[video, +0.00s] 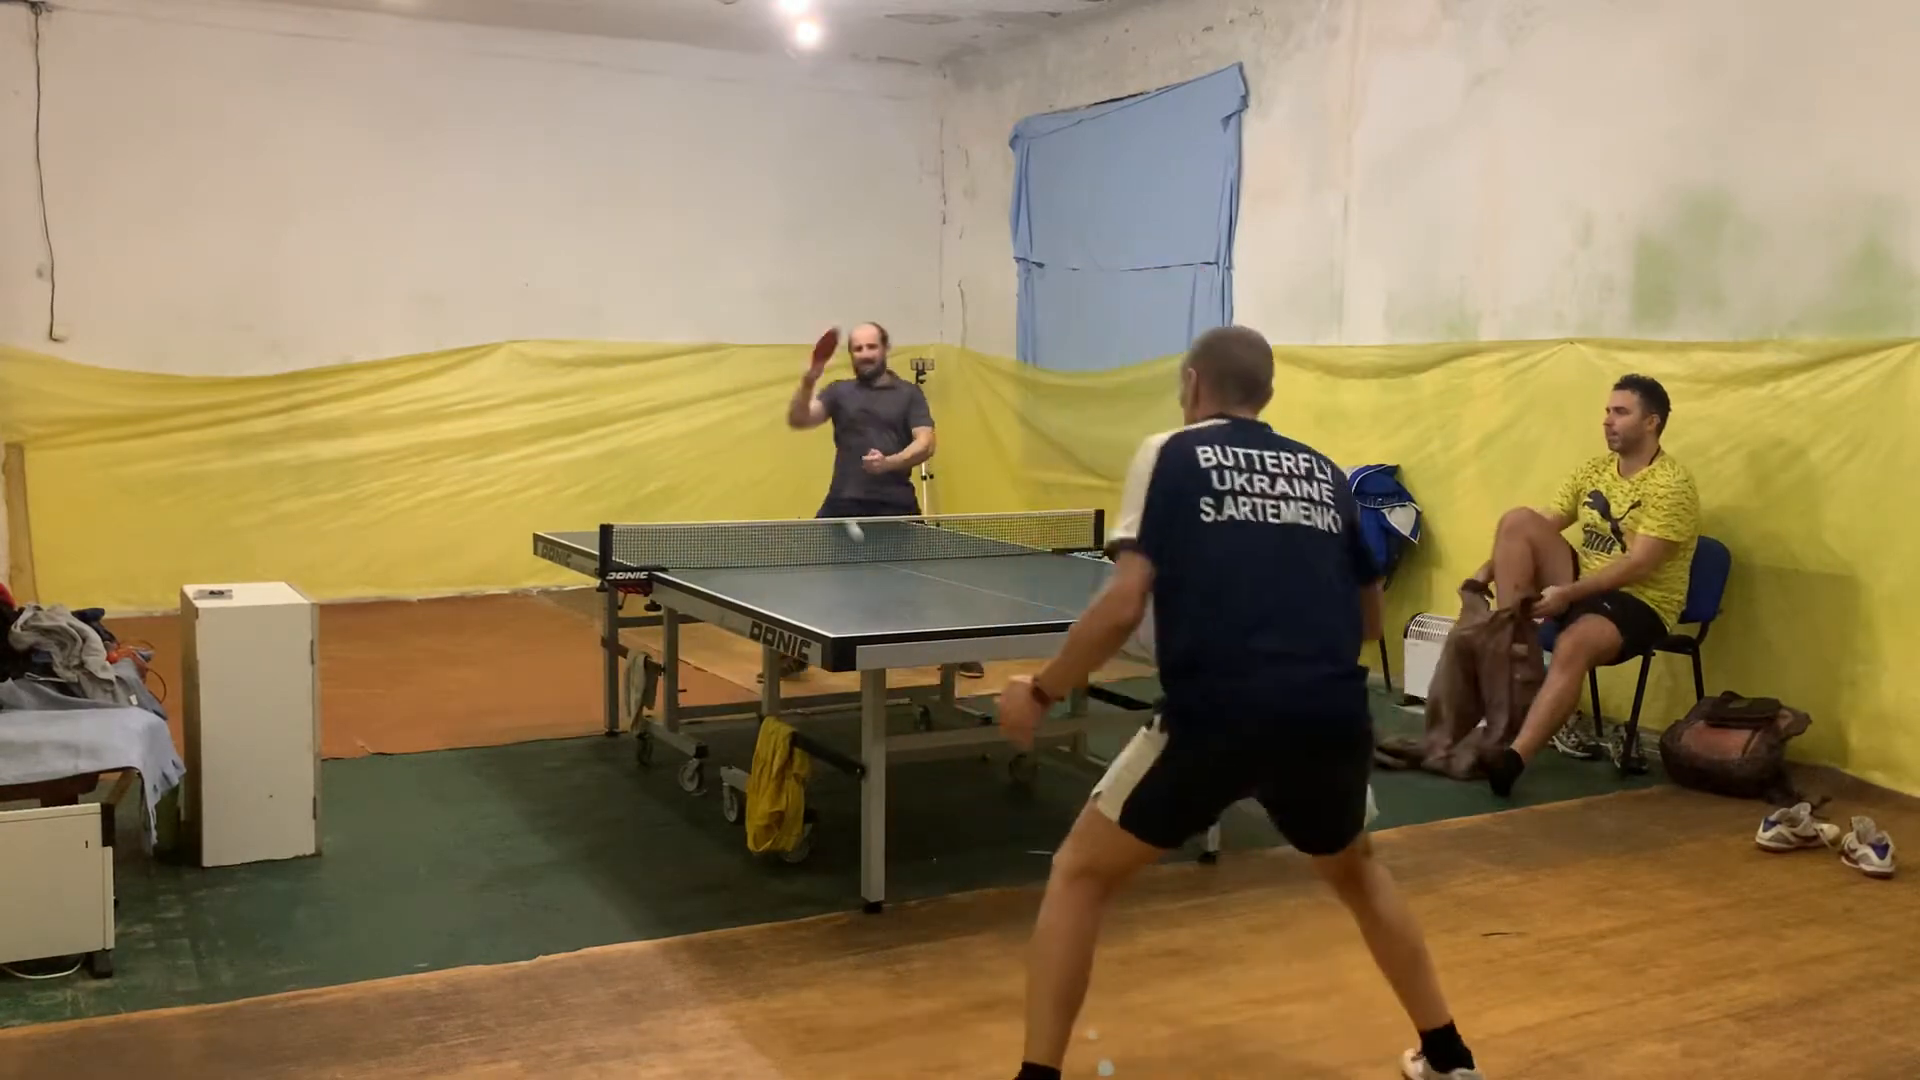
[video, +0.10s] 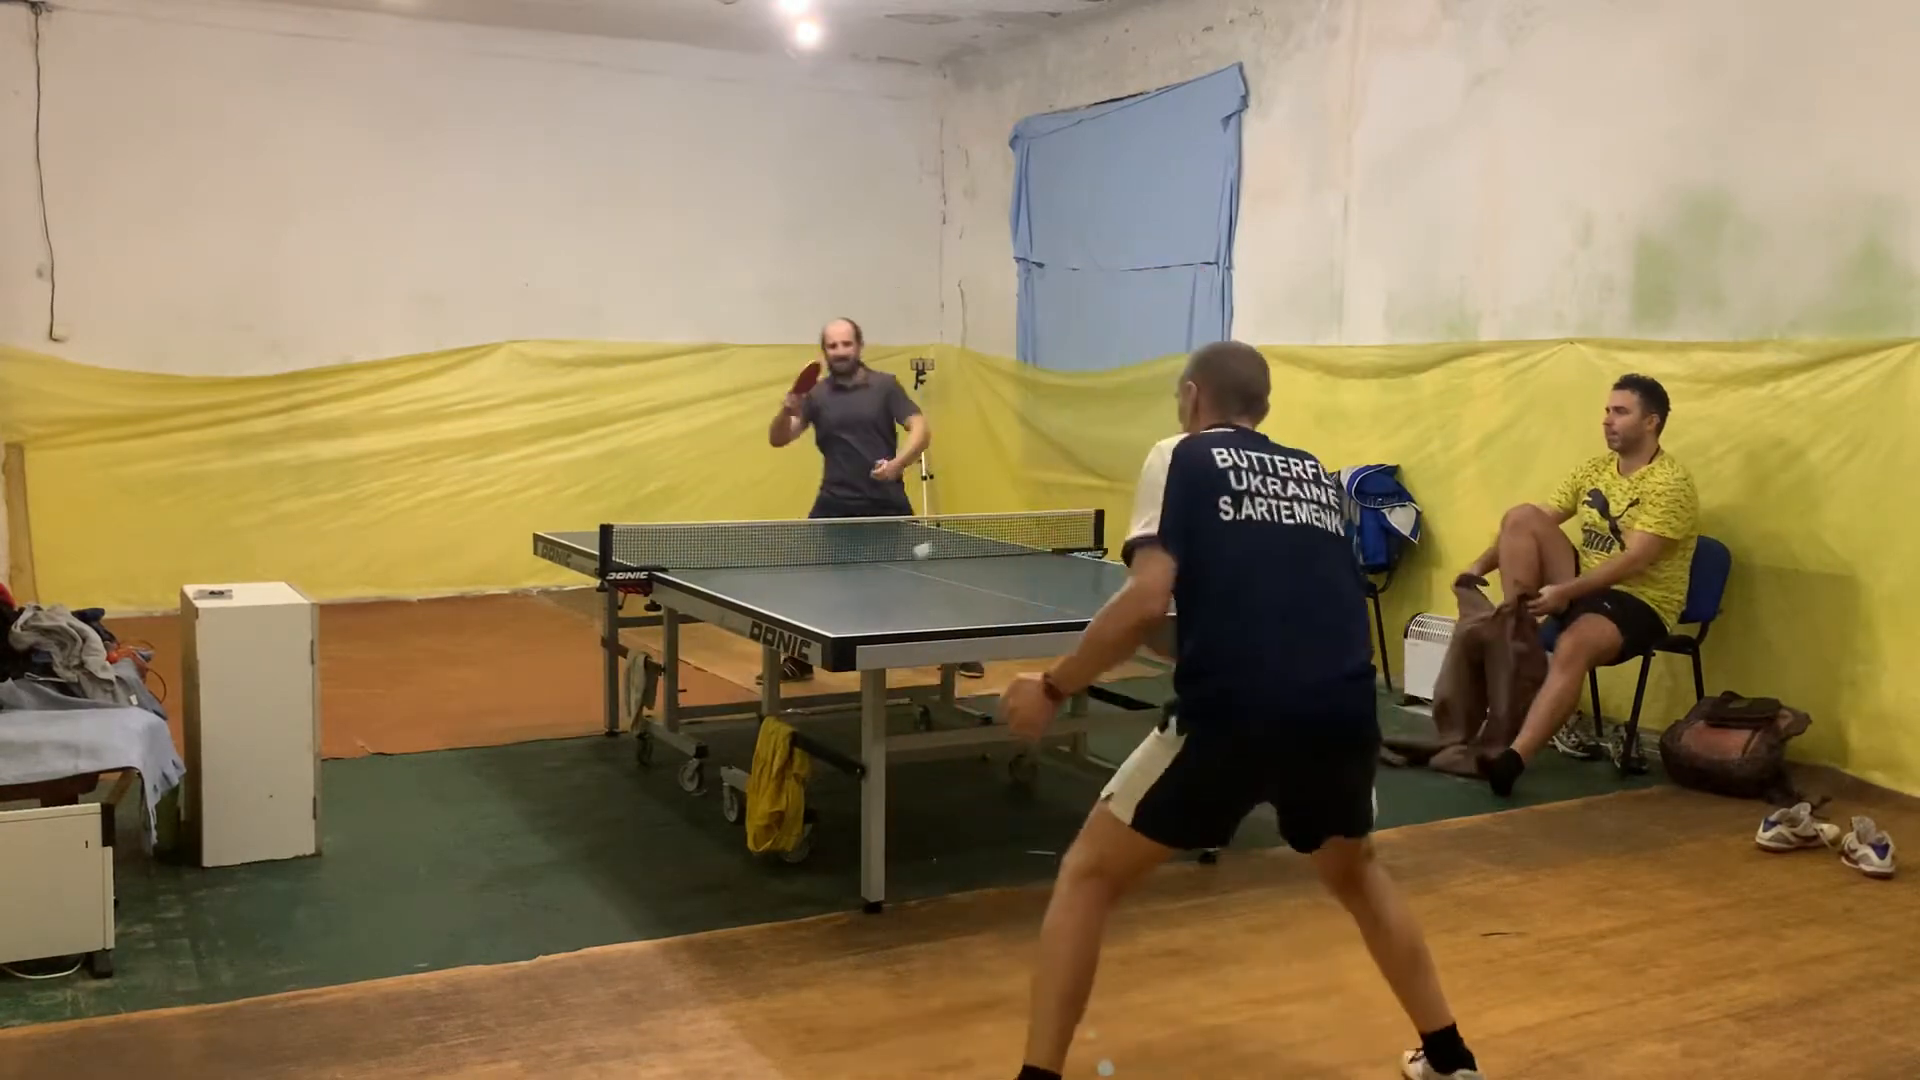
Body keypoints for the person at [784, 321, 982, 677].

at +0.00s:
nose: (864, 354)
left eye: (871, 347)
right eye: (857, 348)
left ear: (886, 350)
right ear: (849, 354)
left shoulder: (908, 393)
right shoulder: (839, 391)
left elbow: (926, 443)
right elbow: (798, 420)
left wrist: (890, 462)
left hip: (896, 507)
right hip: (842, 504)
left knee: (933, 573)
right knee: (802, 567)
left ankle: (961, 646)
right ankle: (793, 651)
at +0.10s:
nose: (839, 351)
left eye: (846, 344)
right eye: (831, 346)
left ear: (859, 347)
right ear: (823, 352)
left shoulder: (884, 386)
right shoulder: (815, 394)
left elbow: (921, 429)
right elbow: (777, 439)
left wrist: (898, 463)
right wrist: (787, 412)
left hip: (887, 502)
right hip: (835, 502)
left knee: (925, 573)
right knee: (803, 570)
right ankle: (797, 655)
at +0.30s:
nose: (787, 329)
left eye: (793, 321)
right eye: (779, 323)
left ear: (806, 323)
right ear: (769, 328)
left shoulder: (834, 359)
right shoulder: (763, 371)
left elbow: (879, 398)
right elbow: (741, 415)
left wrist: (877, 452)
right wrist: (741, 426)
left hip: (837, 476)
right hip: (789, 477)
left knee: (855, 563)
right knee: (765, 558)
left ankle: (871, 650)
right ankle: (766, 651)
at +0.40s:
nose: (756, 344)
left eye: (763, 336)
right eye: (749, 338)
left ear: (778, 335)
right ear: (741, 343)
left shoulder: (809, 372)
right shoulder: (744, 381)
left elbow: (852, 411)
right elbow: (722, 428)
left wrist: (843, 466)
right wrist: (699, 460)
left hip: (813, 488)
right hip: (765, 486)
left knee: (831, 563)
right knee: (725, 551)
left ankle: (837, 637)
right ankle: (715, 639)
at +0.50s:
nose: (706, 361)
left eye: (712, 352)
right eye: (700, 354)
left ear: (731, 349)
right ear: (695, 355)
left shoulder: (770, 383)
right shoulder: (704, 397)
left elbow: (819, 417)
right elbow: (668, 438)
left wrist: (809, 470)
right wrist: (622, 474)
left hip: (786, 487)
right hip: (742, 487)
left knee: (809, 556)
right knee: (703, 542)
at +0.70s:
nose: (627, 345)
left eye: (633, 336)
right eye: (618, 339)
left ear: (646, 335)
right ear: (610, 344)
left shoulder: (679, 366)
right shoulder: (614, 388)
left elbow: (728, 398)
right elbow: (598, 424)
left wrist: (713, 440)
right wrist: (590, 453)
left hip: (711, 474)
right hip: (668, 479)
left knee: (742, 543)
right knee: (641, 546)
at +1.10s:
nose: (594, 351)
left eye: (600, 344)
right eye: (585, 345)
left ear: (608, 346)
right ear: (569, 348)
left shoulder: (624, 386)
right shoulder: (550, 390)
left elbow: (644, 424)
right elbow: (515, 438)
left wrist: (631, 471)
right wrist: (555, 449)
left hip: (607, 503)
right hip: (556, 505)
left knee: (648, 565)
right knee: (521, 582)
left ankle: (633, 635)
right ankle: (482, 653)